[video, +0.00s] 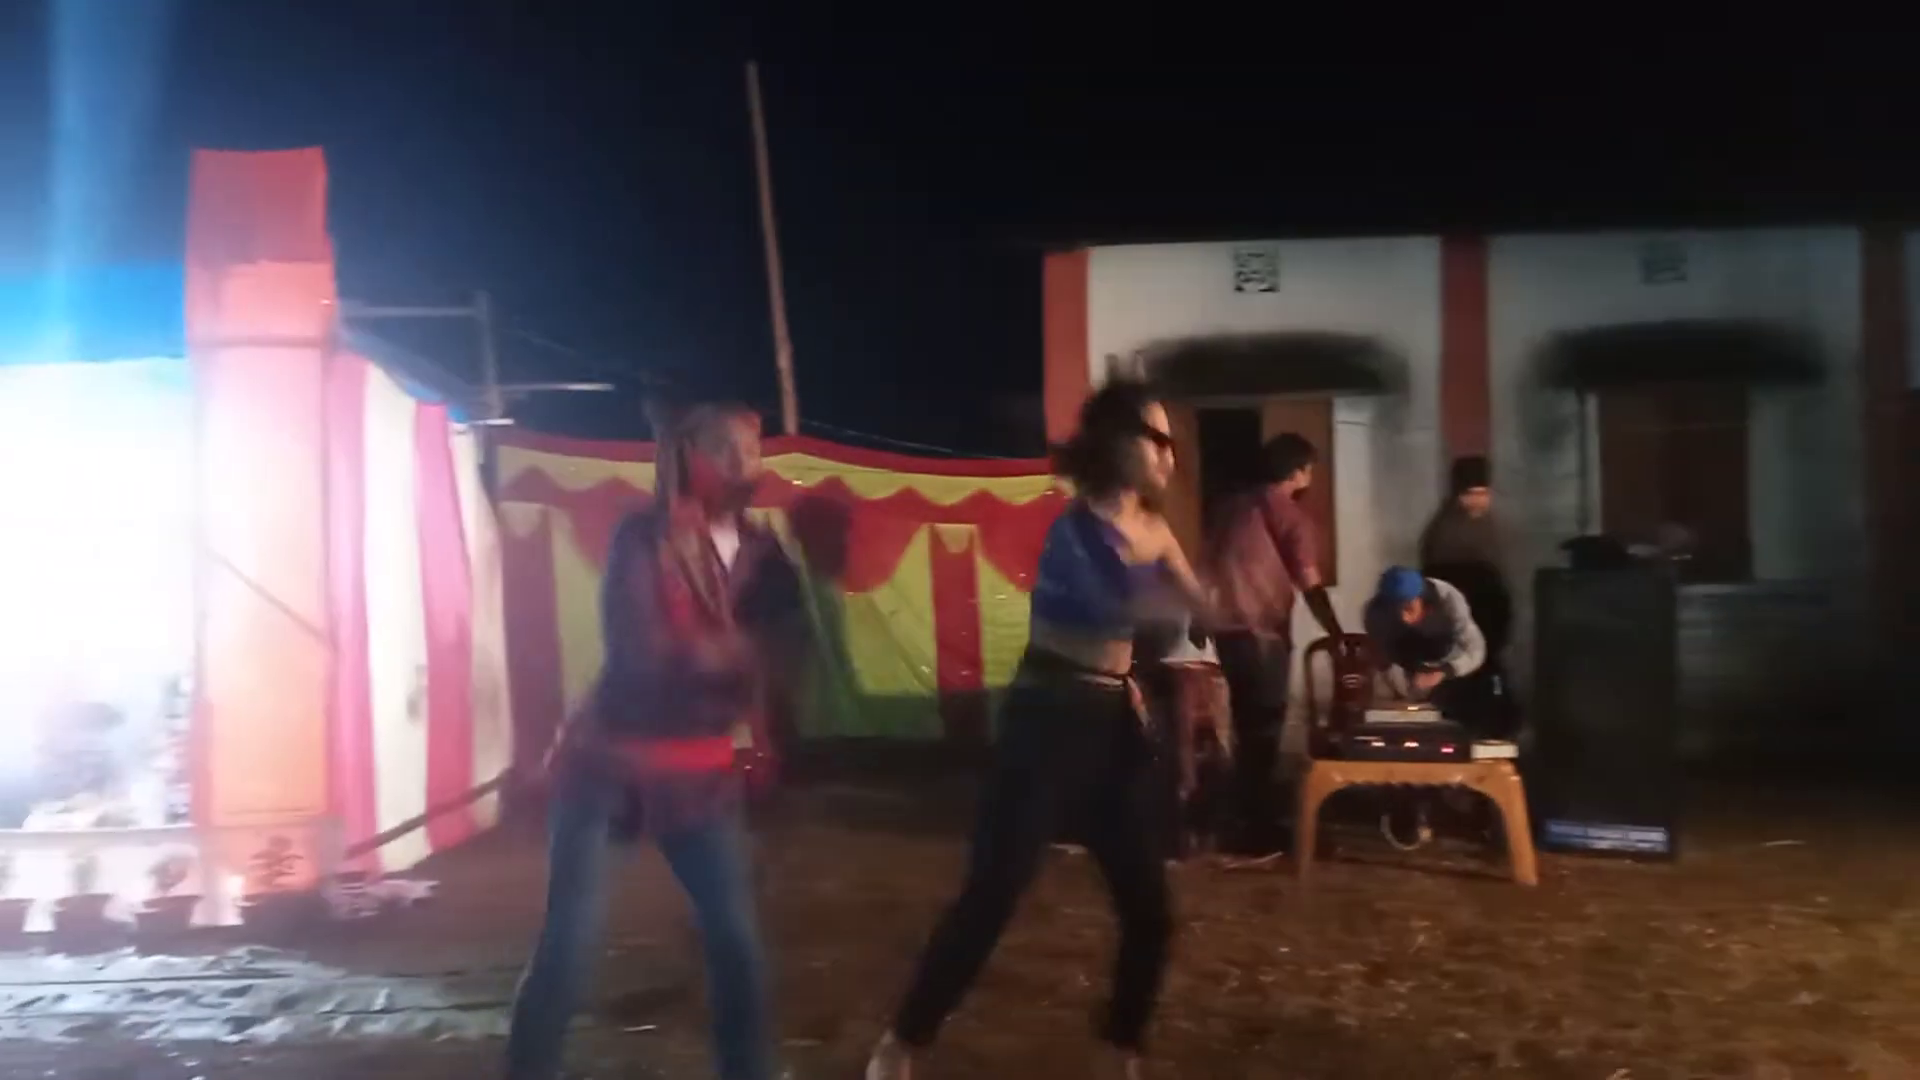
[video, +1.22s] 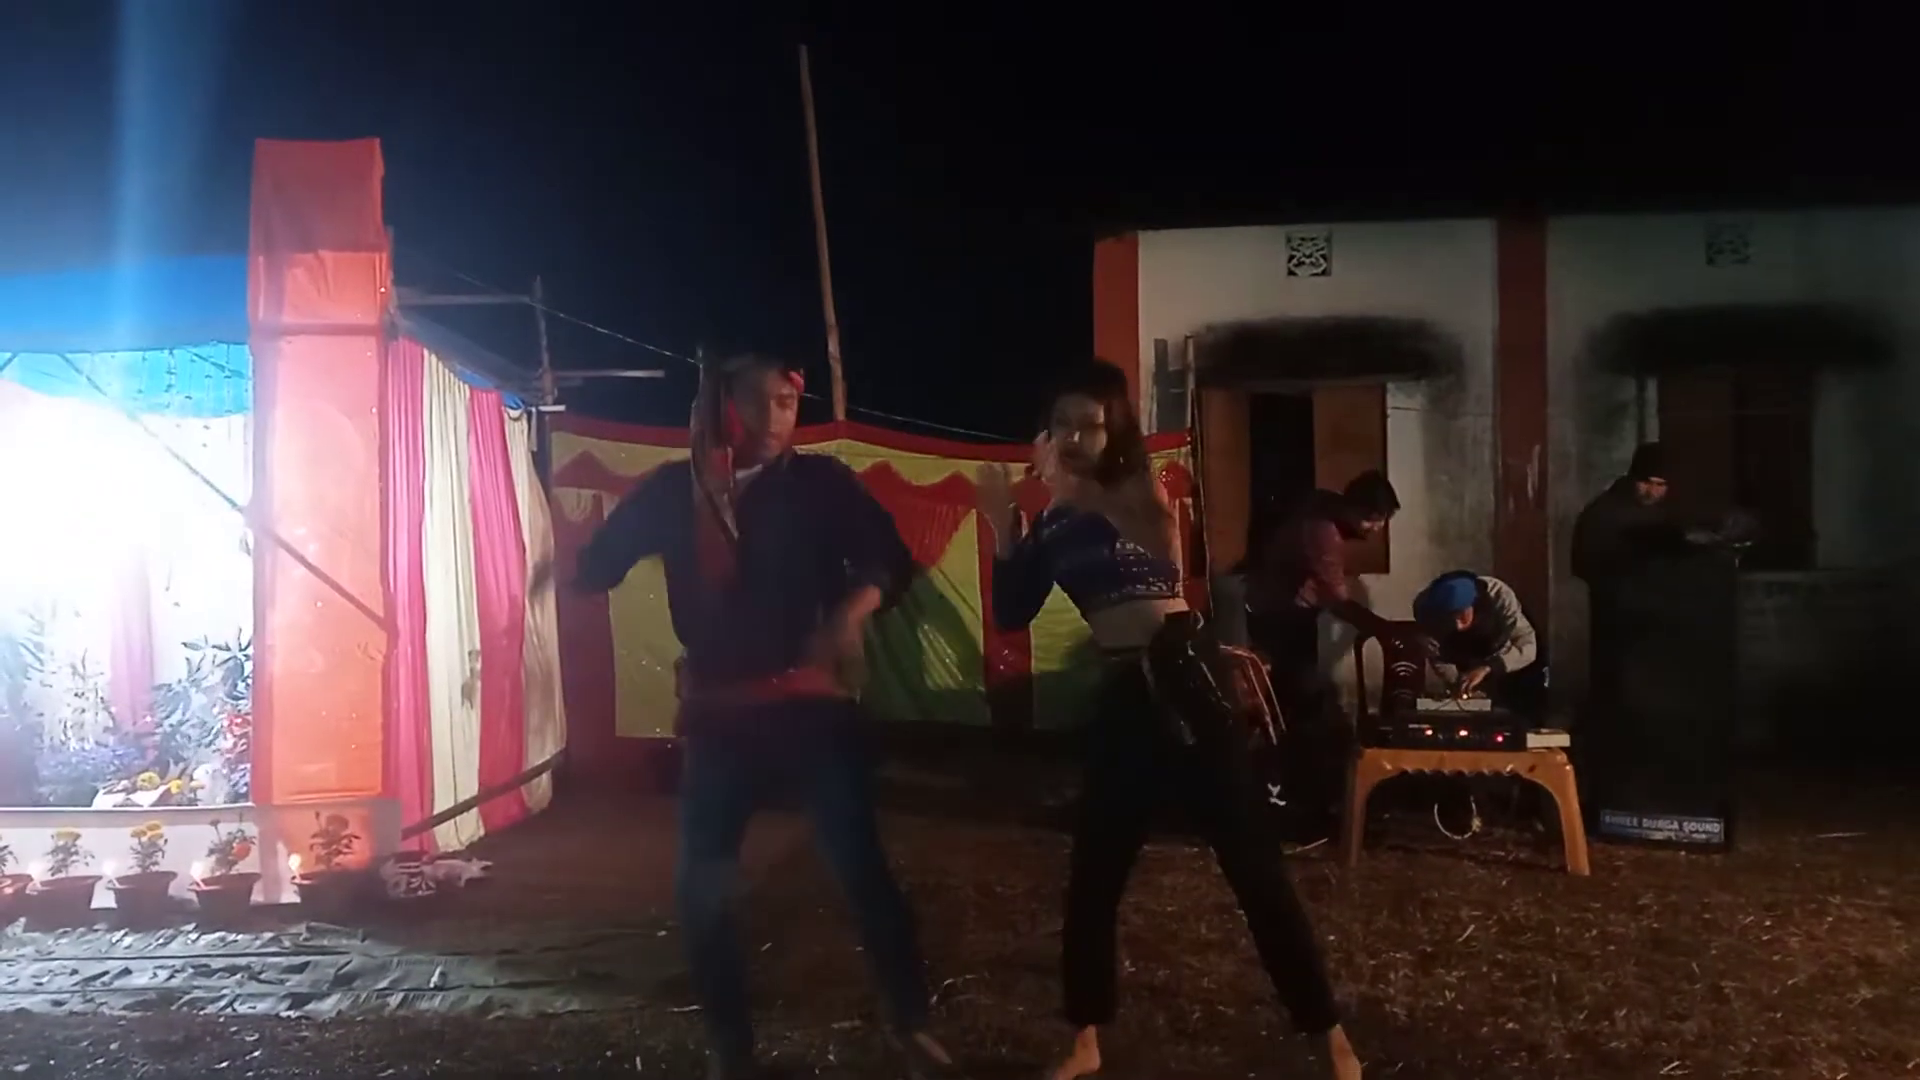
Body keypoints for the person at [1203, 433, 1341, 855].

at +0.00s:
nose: (1308, 481)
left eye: (1309, 473)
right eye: (1307, 473)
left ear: (1269, 465)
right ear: (1297, 472)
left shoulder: (1233, 503)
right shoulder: (1286, 510)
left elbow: (1213, 561)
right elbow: (1309, 583)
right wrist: (1337, 634)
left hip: (1228, 630)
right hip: (1264, 632)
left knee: (1248, 727)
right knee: (1264, 730)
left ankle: (1243, 823)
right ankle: (1255, 829)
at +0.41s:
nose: (1339, 486)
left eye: (1340, 478)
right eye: (1336, 478)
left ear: (1309, 474)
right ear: (1316, 475)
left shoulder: (1265, 506)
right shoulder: (1311, 513)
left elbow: (1252, 566)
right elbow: (1323, 581)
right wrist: (1352, 629)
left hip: (1263, 623)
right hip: (1303, 624)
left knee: (1264, 714)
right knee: (1313, 718)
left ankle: (1249, 803)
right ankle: (1301, 814)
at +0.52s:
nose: (1344, 469)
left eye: (1345, 461)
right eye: (1340, 461)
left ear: (1318, 457)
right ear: (1320, 458)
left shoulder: (1282, 482)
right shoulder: (1312, 493)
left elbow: (1254, 544)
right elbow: (1316, 564)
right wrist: (1363, 604)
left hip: (1263, 603)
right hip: (1298, 606)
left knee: (1268, 693)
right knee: (1327, 691)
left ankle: (1255, 781)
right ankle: (1307, 783)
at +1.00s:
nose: (1369, 505)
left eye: (1373, 498)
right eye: (1367, 497)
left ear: (1339, 482)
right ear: (1351, 489)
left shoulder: (1304, 503)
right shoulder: (1316, 512)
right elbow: (1332, 587)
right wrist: (1391, 608)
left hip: (1274, 614)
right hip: (1292, 619)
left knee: (1294, 707)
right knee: (1308, 707)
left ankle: (1294, 799)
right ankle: (1305, 808)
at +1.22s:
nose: (1377, 528)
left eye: (1381, 522)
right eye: (1377, 520)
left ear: (1355, 500)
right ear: (1363, 511)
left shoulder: (1323, 511)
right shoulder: (1321, 529)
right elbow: (1337, 600)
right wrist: (1388, 630)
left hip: (1286, 616)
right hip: (1285, 620)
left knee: (1303, 711)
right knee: (1307, 713)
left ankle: (1308, 809)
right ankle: (1308, 816)